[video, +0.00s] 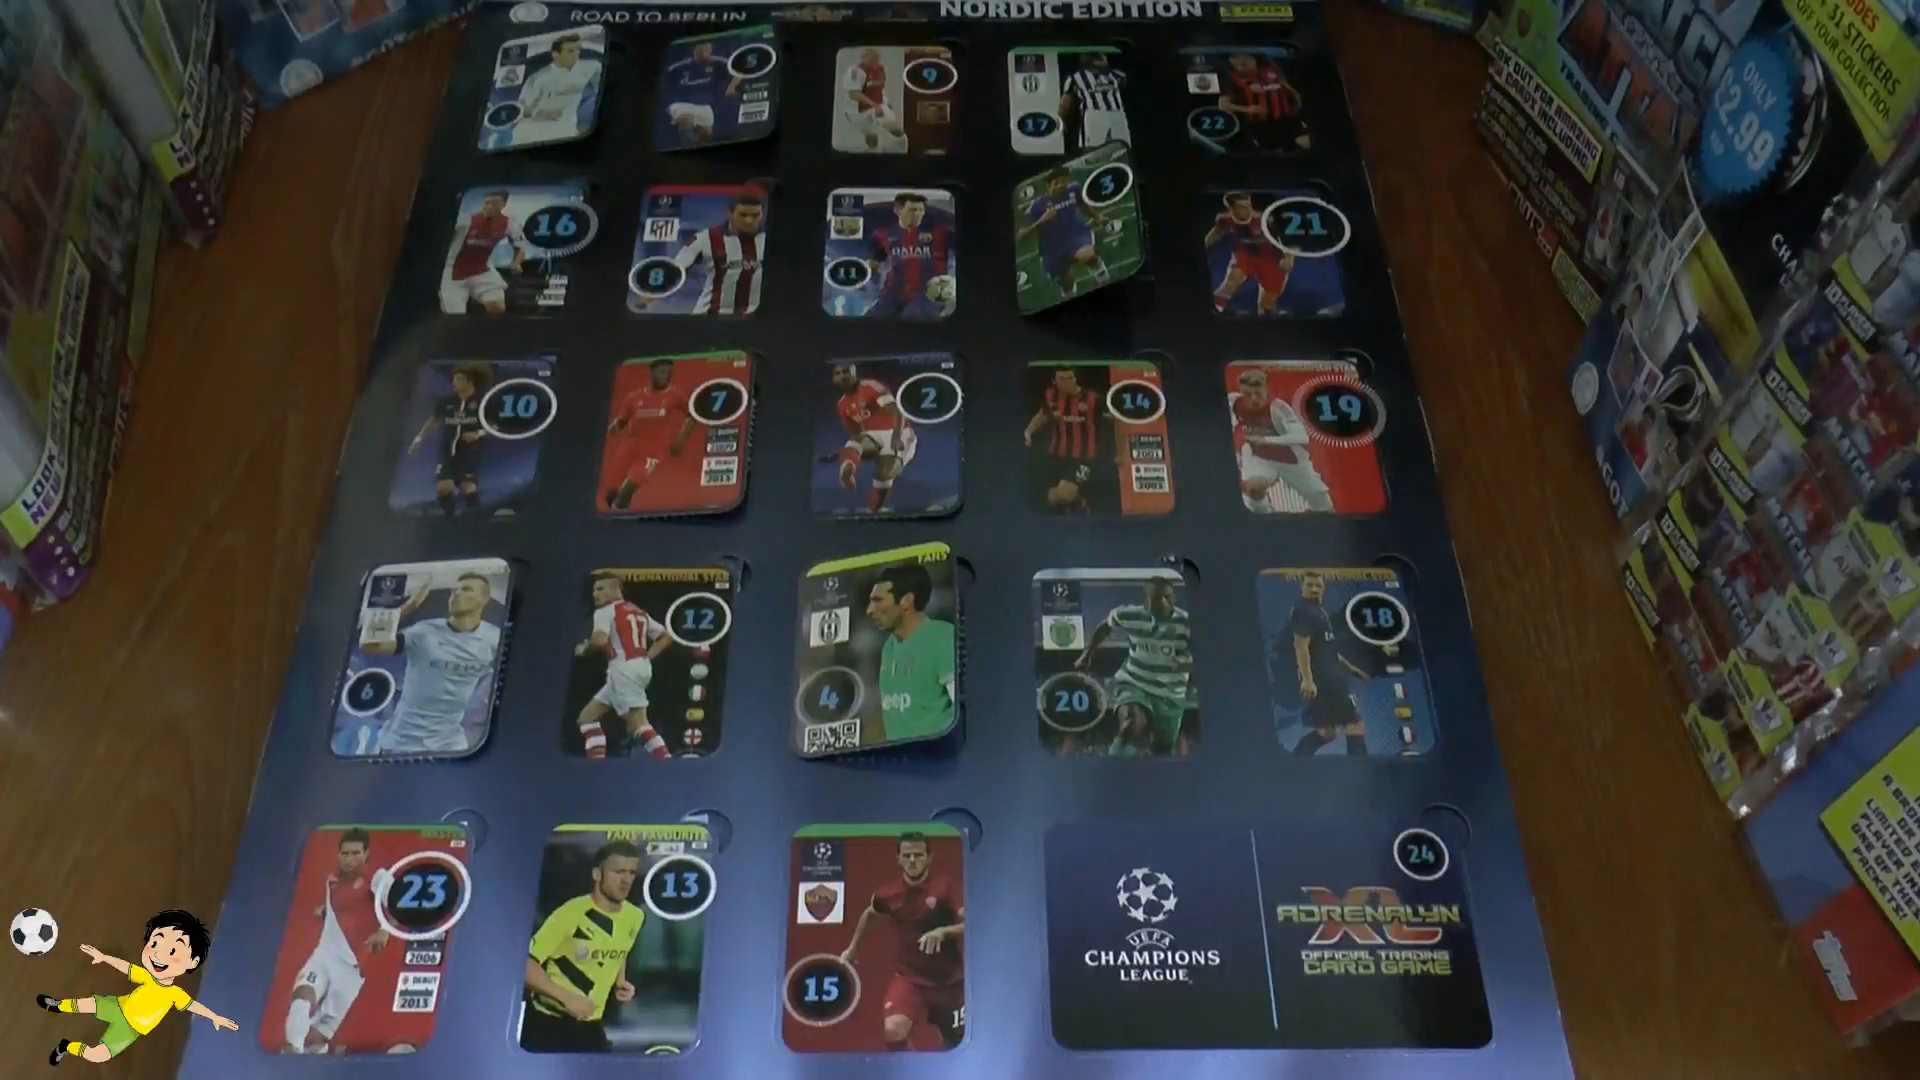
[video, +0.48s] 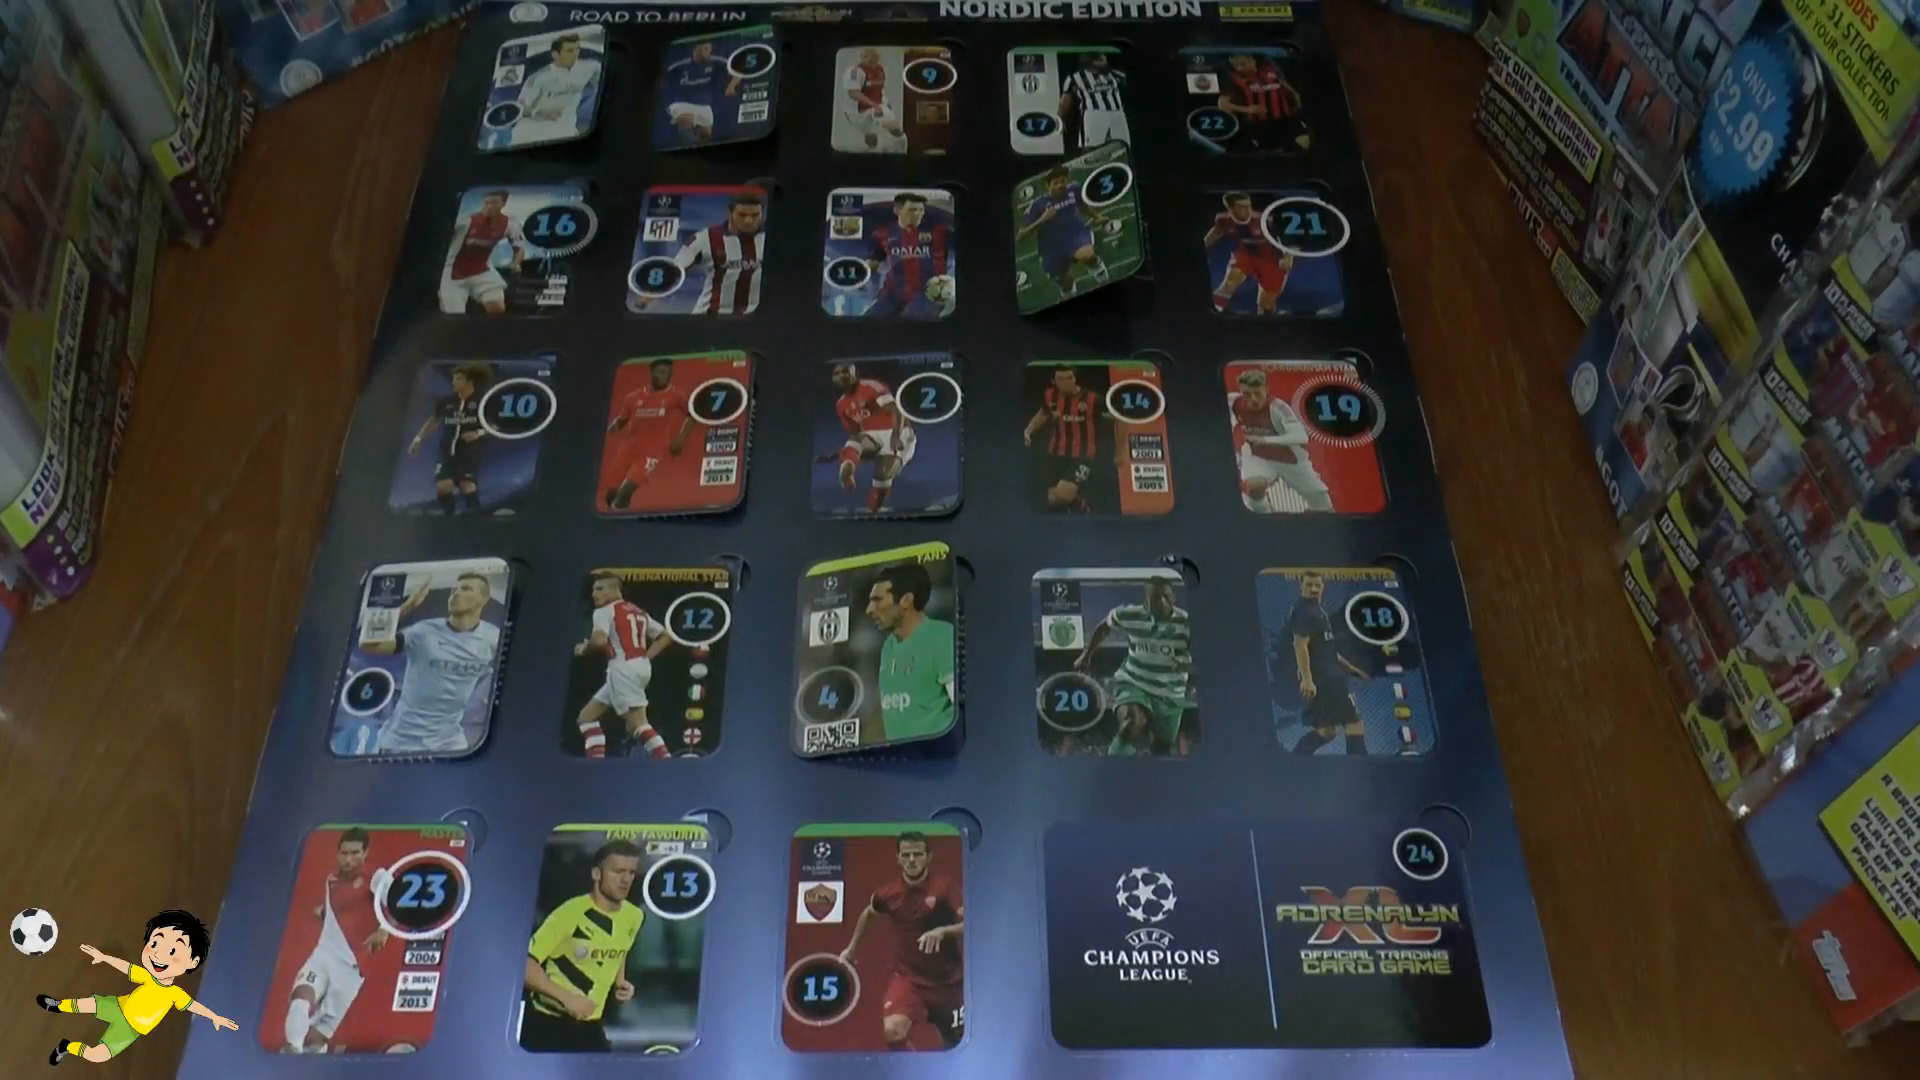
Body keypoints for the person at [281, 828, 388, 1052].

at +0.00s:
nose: (349, 859)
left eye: (355, 853)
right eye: (345, 853)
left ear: (366, 855)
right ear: (338, 854)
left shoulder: (376, 880)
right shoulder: (332, 881)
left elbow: (396, 904)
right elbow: (333, 903)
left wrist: (383, 932)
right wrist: (323, 910)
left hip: (351, 971)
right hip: (324, 956)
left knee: (316, 1038)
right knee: (303, 995)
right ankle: (293, 1048)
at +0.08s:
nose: (349, 860)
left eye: (355, 854)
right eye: (344, 853)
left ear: (366, 855)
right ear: (338, 855)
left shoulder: (376, 879)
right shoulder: (332, 880)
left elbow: (397, 902)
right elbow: (335, 903)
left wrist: (384, 931)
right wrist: (323, 910)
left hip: (351, 971)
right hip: (323, 956)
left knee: (315, 1039)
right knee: (302, 996)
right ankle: (294, 1048)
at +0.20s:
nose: (349, 860)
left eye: (355, 854)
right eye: (344, 853)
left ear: (366, 855)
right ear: (338, 855)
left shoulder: (376, 879)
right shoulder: (332, 880)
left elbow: (397, 903)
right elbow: (334, 903)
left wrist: (384, 931)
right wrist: (323, 910)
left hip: (351, 971)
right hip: (323, 956)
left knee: (315, 1039)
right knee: (302, 996)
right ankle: (294, 1047)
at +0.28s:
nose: (349, 860)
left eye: (355, 854)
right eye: (344, 853)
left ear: (366, 855)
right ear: (338, 855)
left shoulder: (377, 879)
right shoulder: (332, 880)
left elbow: (398, 903)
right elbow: (335, 903)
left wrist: (384, 931)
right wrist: (323, 910)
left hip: (351, 971)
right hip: (323, 956)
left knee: (314, 1039)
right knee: (302, 997)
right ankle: (294, 1049)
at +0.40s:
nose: (348, 860)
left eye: (355, 854)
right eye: (344, 853)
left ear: (365, 854)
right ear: (337, 854)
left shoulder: (376, 879)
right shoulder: (332, 880)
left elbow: (397, 903)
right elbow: (335, 904)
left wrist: (383, 931)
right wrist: (322, 910)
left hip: (350, 971)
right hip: (323, 956)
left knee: (314, 1039)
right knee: (302, 996)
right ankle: (294, 1048)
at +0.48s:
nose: (348, 859)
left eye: (355, 853)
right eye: (344, 853)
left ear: (365, 854)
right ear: (337, 854)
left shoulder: (376, 878)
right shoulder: (332, 880)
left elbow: (397, 902)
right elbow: (335, 903)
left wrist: (383, 930)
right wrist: (322, 910)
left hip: (350, 971)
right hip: (323, 956)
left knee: (314, 1038)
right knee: (302, 996)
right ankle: (293, 1048)